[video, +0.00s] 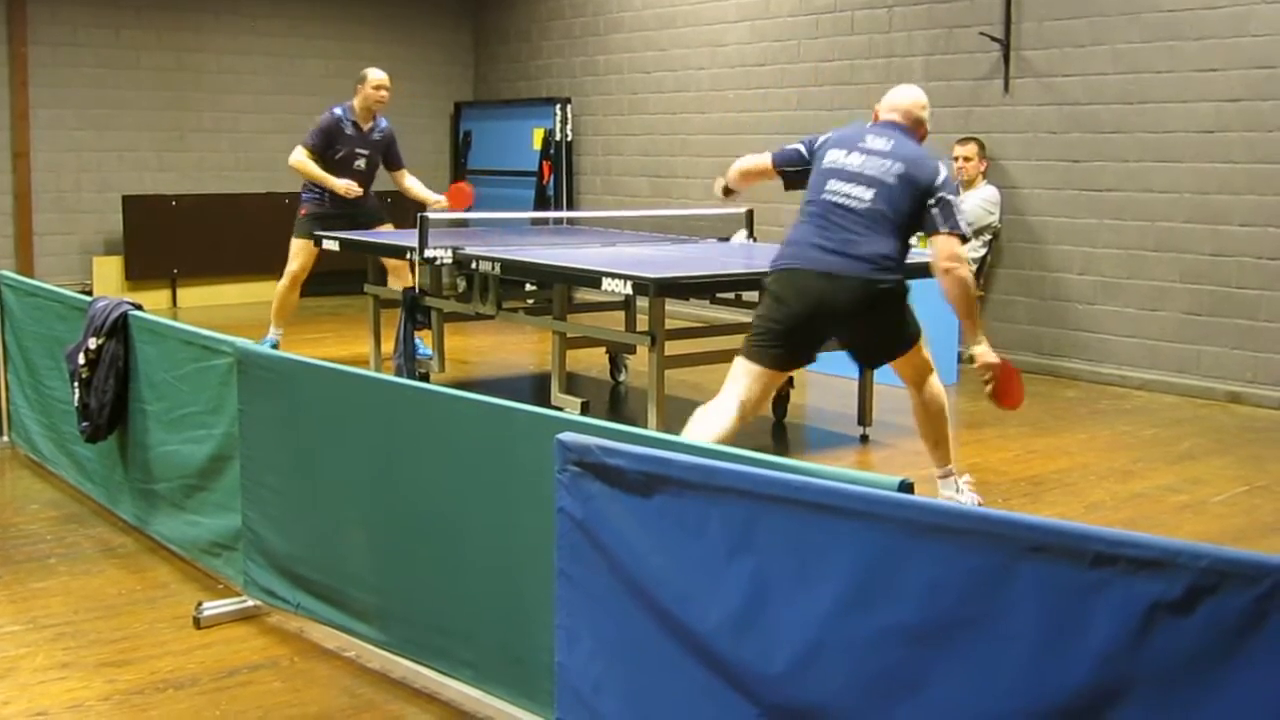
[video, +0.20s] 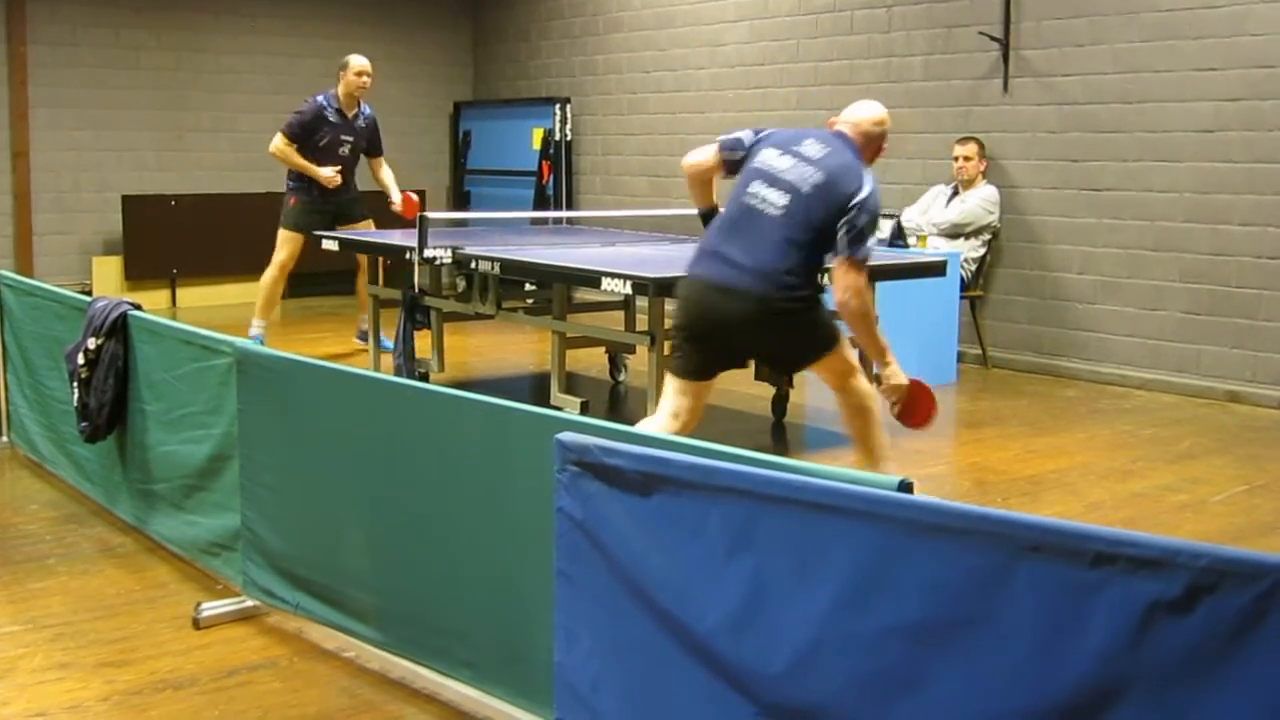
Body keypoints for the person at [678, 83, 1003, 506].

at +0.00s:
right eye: (926, 129)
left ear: (875, 115)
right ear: (923, 131)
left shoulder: (833, 140)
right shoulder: (930, 170)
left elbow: (748, 168)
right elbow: (949, 263)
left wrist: (728, 184)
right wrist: (975, 338)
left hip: (795, 279)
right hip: (869, 291)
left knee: (736, 399)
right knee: (923, 379)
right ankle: (949, 484)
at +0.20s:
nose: (879, 156)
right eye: (882, 149)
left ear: (831, 122)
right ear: (879, 150)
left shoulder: (774, 137)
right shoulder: (859, 186)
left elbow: (695, 165)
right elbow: (848, 297)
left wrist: (712, 221)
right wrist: (887, 363)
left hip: (703, 289)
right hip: (776, 301)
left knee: (673, 414)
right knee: (850, 383)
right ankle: (881, 488)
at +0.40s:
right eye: (847, 150)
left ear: (799, 121)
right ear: (843, 154)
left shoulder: (743, 132)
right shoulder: (823, 203)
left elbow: (660, 166)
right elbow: (827, 275)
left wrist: (697, 209)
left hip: (649, 293)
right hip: (726, 310)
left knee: (642, 413)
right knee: (793, 388)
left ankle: (579, 477)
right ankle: (835, 484)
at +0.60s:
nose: (746, 60)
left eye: (749, 55)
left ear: (752, 58)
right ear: (804, 70)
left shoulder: (726, 88)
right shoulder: (819, 134)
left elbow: (657, 109)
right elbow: (814, 121)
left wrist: (652, 153)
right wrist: (799, 78)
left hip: (695, 269)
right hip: (769, 281)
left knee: (637, 383)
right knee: (804, 391)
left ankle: (603, 479)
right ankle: (858, 490)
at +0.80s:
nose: (707, 89)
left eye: (707, 84)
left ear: (711, 84)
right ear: (763, 84)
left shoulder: (700, 125)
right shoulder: (794, 131)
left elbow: (669, 198)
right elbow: (822, 189)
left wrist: (640, 286)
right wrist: (772, 167)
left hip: (733, 291)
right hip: (810, 287)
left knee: (655, 396)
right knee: (840, 399)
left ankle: (623, 502)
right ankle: (910, 495)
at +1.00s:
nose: (757, 91)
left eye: (758, 85)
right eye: (761, 85)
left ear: (764, 87)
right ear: (812, 85)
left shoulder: (766, 131)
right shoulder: (854, 130)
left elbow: (773, 188)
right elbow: (887, 193)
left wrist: (734, 277)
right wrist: (833, 203)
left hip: (812, 291)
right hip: (883, 286)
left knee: (723, 410)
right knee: (891, 412)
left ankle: (666, 512)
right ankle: (929, 513)